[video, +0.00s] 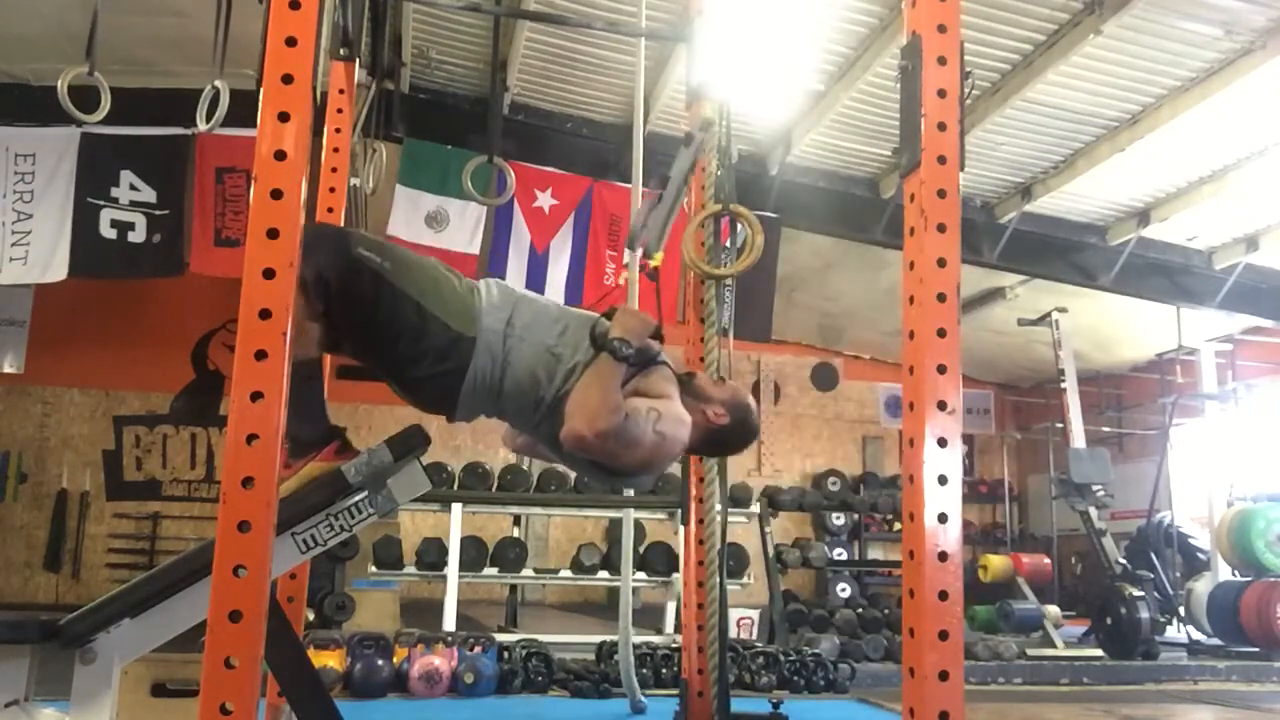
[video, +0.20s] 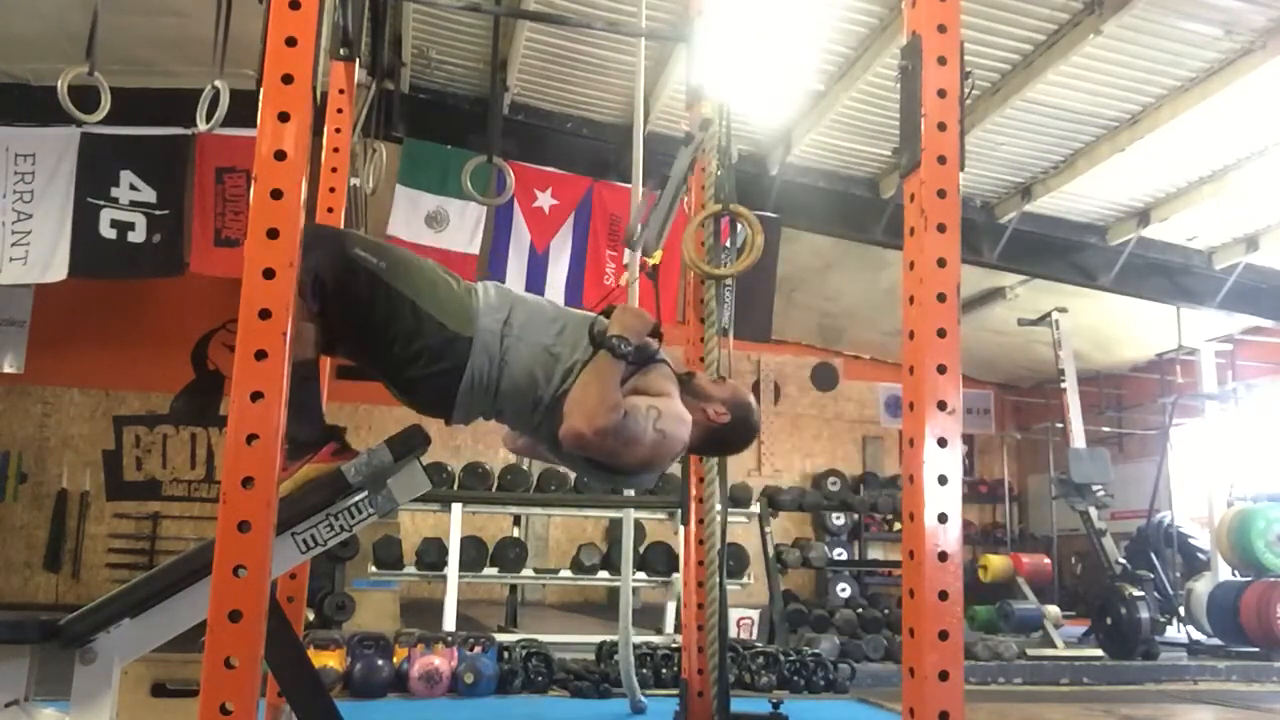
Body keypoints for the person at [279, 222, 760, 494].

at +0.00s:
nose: (718, 375)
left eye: (728, 389)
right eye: (729, 380)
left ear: (716, 418)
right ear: (713, 412)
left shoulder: (669, 428)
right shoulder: (657, 391)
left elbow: (589, 429)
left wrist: (627, 348)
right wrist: (630, 338)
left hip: (467, 344)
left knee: (317, 248)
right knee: (315, 281)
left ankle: (305, 418)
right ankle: (302, 420)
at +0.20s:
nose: (718, 372)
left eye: (728, 385)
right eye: (729, 378)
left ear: (717, 415)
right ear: (715, 415)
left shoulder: (670, 427)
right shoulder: (658, 397)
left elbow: (589, 428)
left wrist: (623, 342)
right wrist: (625, 333)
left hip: (465, 345)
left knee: (314, 249)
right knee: (315, 297)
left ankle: (299, 415)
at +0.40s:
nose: (747, 399)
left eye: (756, 411)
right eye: (758, 401)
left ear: (744, 438)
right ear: (743, 428)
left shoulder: (698, 448)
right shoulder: (689, 414)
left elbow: (616, 433)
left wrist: (648, 352)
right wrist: (655, 345)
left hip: (498, 355)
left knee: (319, 240)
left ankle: (302, 415)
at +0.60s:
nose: (802, 427)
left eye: (810, 441)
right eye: (811, 432)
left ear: (803, 464)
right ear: (801, 448)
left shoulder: (758, 470)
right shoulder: (739, 452)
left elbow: (676, 455)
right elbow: (596, 475)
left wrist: (705, 373)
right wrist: (709, 367)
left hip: (561, 367)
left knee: (396, 250)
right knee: (388, 301)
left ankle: (319, 425)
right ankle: (317, 425)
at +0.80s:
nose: (882, 454)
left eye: (890, 469)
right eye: (891, 455)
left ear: (879, 498)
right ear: (877, 460)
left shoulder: (830, 493)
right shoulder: (822, 449)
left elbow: (757, 467)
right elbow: (773, 405)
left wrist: (767, 384)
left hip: (636, 405)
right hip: (641, 376)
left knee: (478, 277)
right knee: (469, 300)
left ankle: (344, 413)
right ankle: (347, 405)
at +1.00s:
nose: (927, 486)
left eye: (933, 502)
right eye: (939, 493)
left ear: (926, 534)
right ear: (934, 511)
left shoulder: (887, 535)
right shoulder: (879, 482)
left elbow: (831, 478)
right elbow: (847, 435)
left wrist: (833, 392)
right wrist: (851, 386)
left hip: (703, 434)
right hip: (702, 400)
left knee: (546, 315)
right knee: (537, 320)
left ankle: (368, 410)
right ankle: (378, 405)